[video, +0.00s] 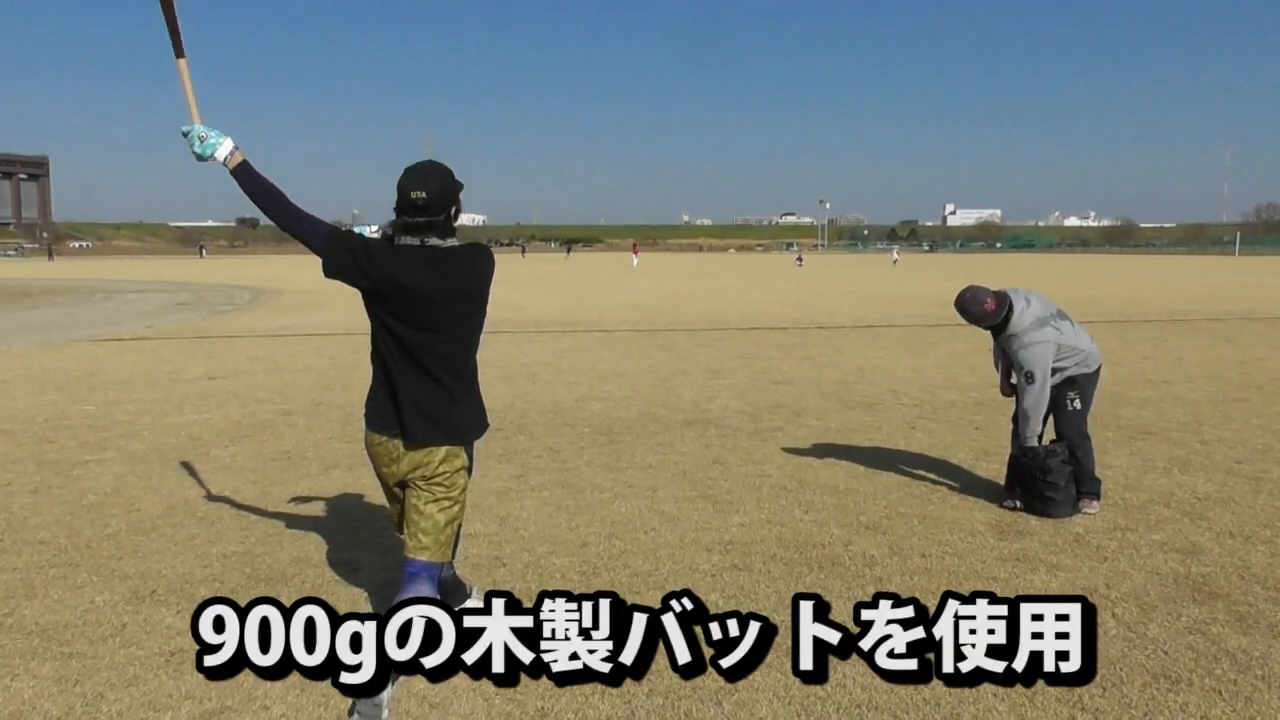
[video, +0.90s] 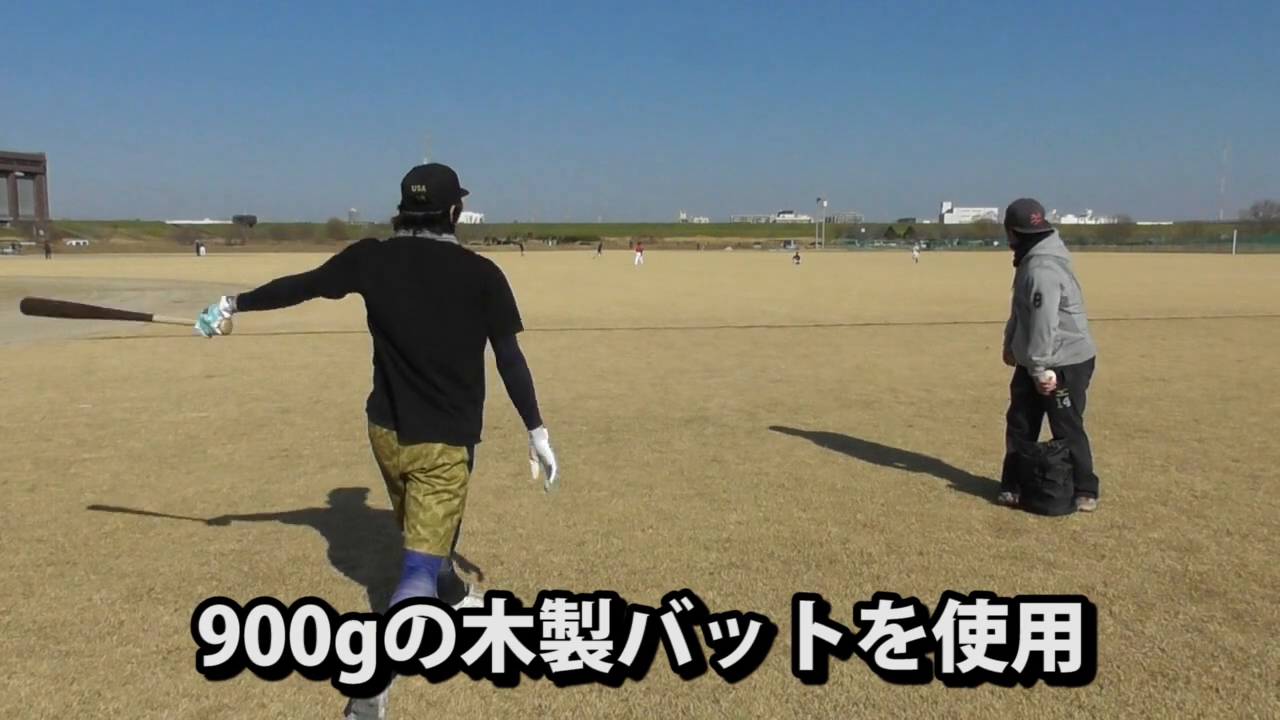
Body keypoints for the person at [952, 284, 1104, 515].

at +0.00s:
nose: (980, 327)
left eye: (978, 323)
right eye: (978, 323)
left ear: (985, 322)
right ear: (992, 296)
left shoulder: (1030, 345)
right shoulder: (1004, 303)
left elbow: (1034, 399)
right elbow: (1002, 344)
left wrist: (1029, 443)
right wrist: (1004, 378)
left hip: (1077, 366)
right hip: (1040, 366)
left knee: (1070, 430)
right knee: (1023, 425)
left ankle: (1088, 492)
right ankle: (1016, 490)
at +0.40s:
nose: (979, 282)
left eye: (978, 277)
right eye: (978, 277)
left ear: (988, 280)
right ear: (1004, 262)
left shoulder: (1028, 302)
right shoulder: (1011, 288)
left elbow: (1043, 355)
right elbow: (1007, 330)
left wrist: (1040, 398)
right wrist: (1005, 362)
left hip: (1073, 364)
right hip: (1038, 362)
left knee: (1068, 425)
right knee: (1025, 423)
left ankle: (1088, 491)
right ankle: (1017, 487)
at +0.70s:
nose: (999, 248)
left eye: (1000, 242)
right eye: (999, 242)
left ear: (1004, 244)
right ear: (1029, 231)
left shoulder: (1034, 270)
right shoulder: (1032, 259)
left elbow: (1044, 321)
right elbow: (1018, 311)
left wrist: (1041, 366)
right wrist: (1008, 345)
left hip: (1067, 358)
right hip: (1037, 356)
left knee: (1067, 427)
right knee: (1022, 422)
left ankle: (1086, 490)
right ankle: (1015, 485)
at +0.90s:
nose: (1008, 239)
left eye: (1009, 233)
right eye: (1009, 233)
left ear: (1014, 234)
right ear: (1041, 226)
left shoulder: (1041, 268)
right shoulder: (1035, 259)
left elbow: (1043, 323)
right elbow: (1020, 309)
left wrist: (1040, 366)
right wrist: (1010, 342)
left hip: (1065, 360)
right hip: (1038, 357)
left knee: (1067, 428)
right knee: (1021, 422)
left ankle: (1085, 490)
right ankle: (1015, 485)